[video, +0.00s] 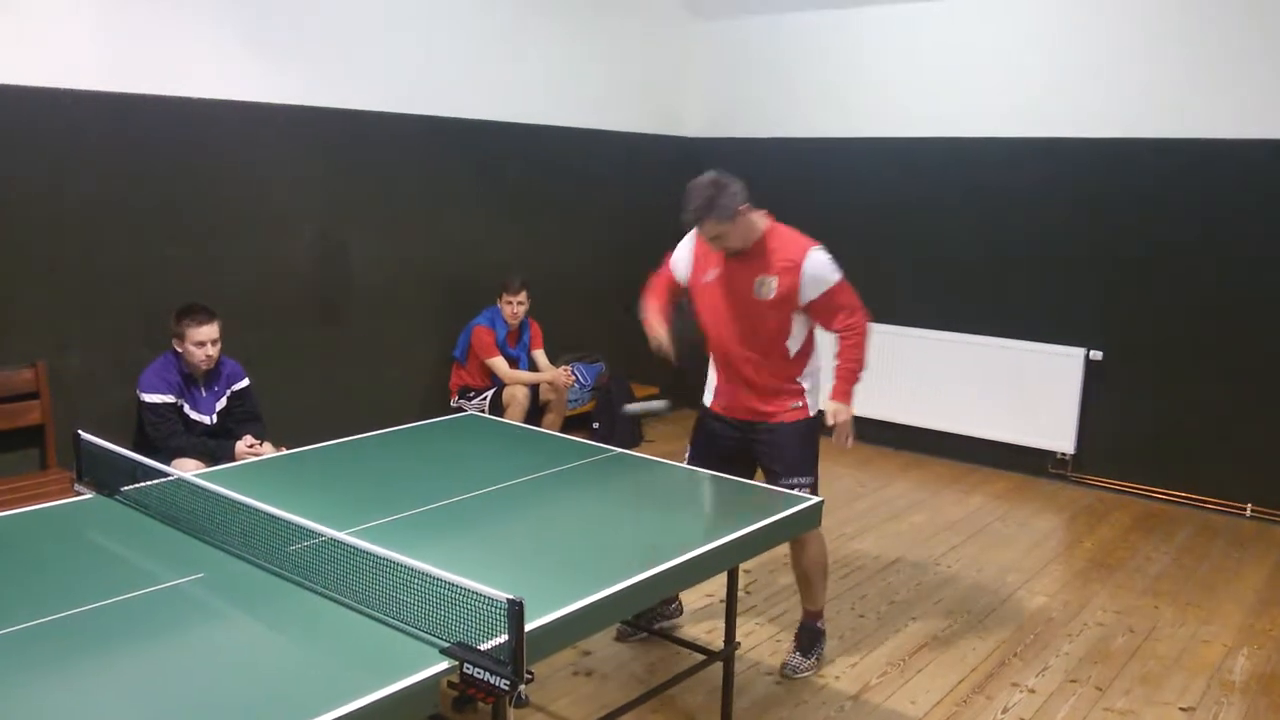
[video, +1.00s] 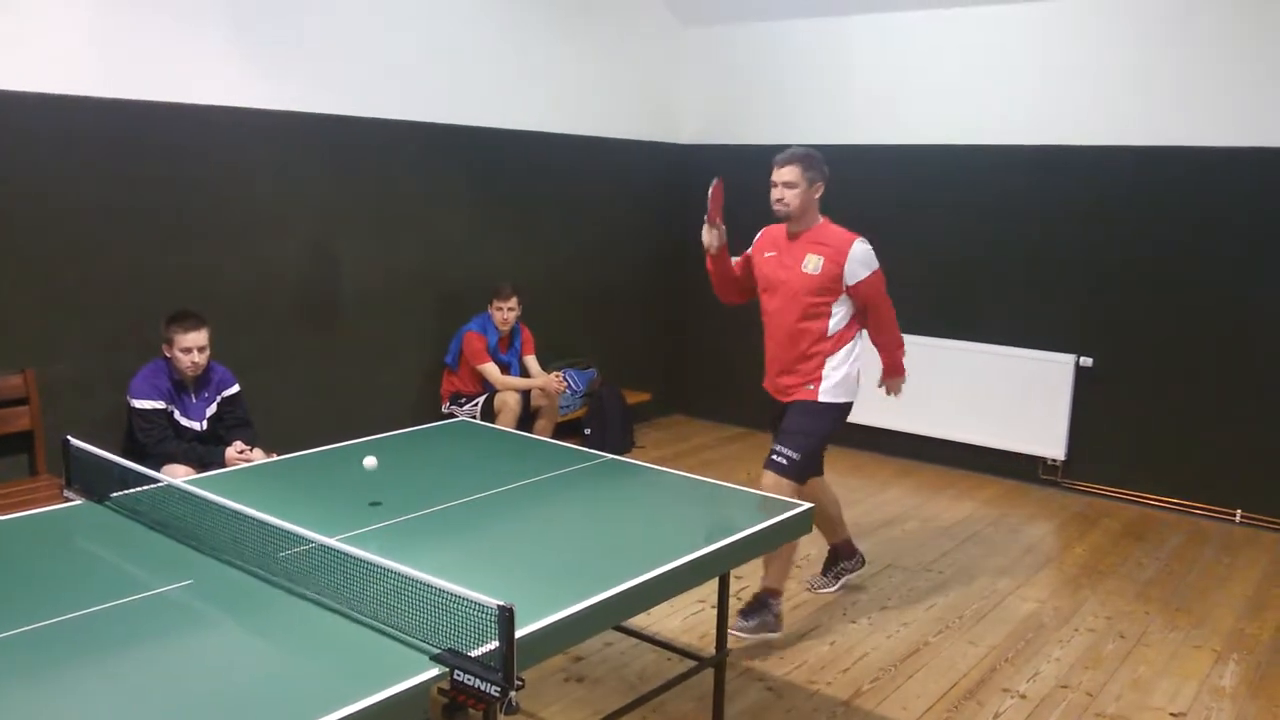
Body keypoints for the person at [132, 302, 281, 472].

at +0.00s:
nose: (210, 353)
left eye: (215, 343)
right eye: (200, 345)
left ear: (220, 341)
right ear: (178, 345)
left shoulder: (231, 372)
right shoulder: (155, 380)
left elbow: (248, 419)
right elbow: (169, 442)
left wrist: (249, 437)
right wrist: (230, 451)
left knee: (268, 452)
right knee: (190, 469)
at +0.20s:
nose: (206, 356)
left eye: (212, 347)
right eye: (196, 349)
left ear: (218, 345)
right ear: (176, 349)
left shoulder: (230, 376)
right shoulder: (154, 384)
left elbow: (246, 423)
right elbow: (167, 445)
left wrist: (247, 441)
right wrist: (229, 454)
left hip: (221, 454)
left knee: (266, 456)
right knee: (189, 472)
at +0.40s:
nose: (204, 358)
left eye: (210, 349)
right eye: (195, 351)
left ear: (217, 346)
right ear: (176, 350)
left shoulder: (230, 377)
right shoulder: (154, 385)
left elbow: (247, 425)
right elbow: (167, 447)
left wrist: (247, 443)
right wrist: (229, 455)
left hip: (222, 455)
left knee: (266, 457)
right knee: (189, 474)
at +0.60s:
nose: (200, 359)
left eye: (207, 350)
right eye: (191, 351)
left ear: (214, 347)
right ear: (172, 351)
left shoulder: (226, 378)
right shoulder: (151, 386)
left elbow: (244, 425)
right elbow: (164, 447)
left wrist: (244, 443)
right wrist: (225, 456)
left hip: (218, 453)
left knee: (263, 458)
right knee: (186, 474)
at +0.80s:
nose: (195, 359)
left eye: (202, 350)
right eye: (186, 351)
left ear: (209, 348)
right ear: (167, 350)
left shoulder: (221, 378)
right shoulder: (146, 385)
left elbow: (238, 424)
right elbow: (157, 447)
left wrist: (240, 443)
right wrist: (220, 456)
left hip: (212, 454)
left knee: (258, 459)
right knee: (182, 475)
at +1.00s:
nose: (196, 359)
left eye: (202, 350)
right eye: (186, 351)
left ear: (209, 348)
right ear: (167, 351)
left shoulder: (221, 378)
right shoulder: (146, 385)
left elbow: (238, 424)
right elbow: (158, 447)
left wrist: (239, 443)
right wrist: (221, 456)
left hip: (212, 454)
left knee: (258, 459)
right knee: (182, 475)